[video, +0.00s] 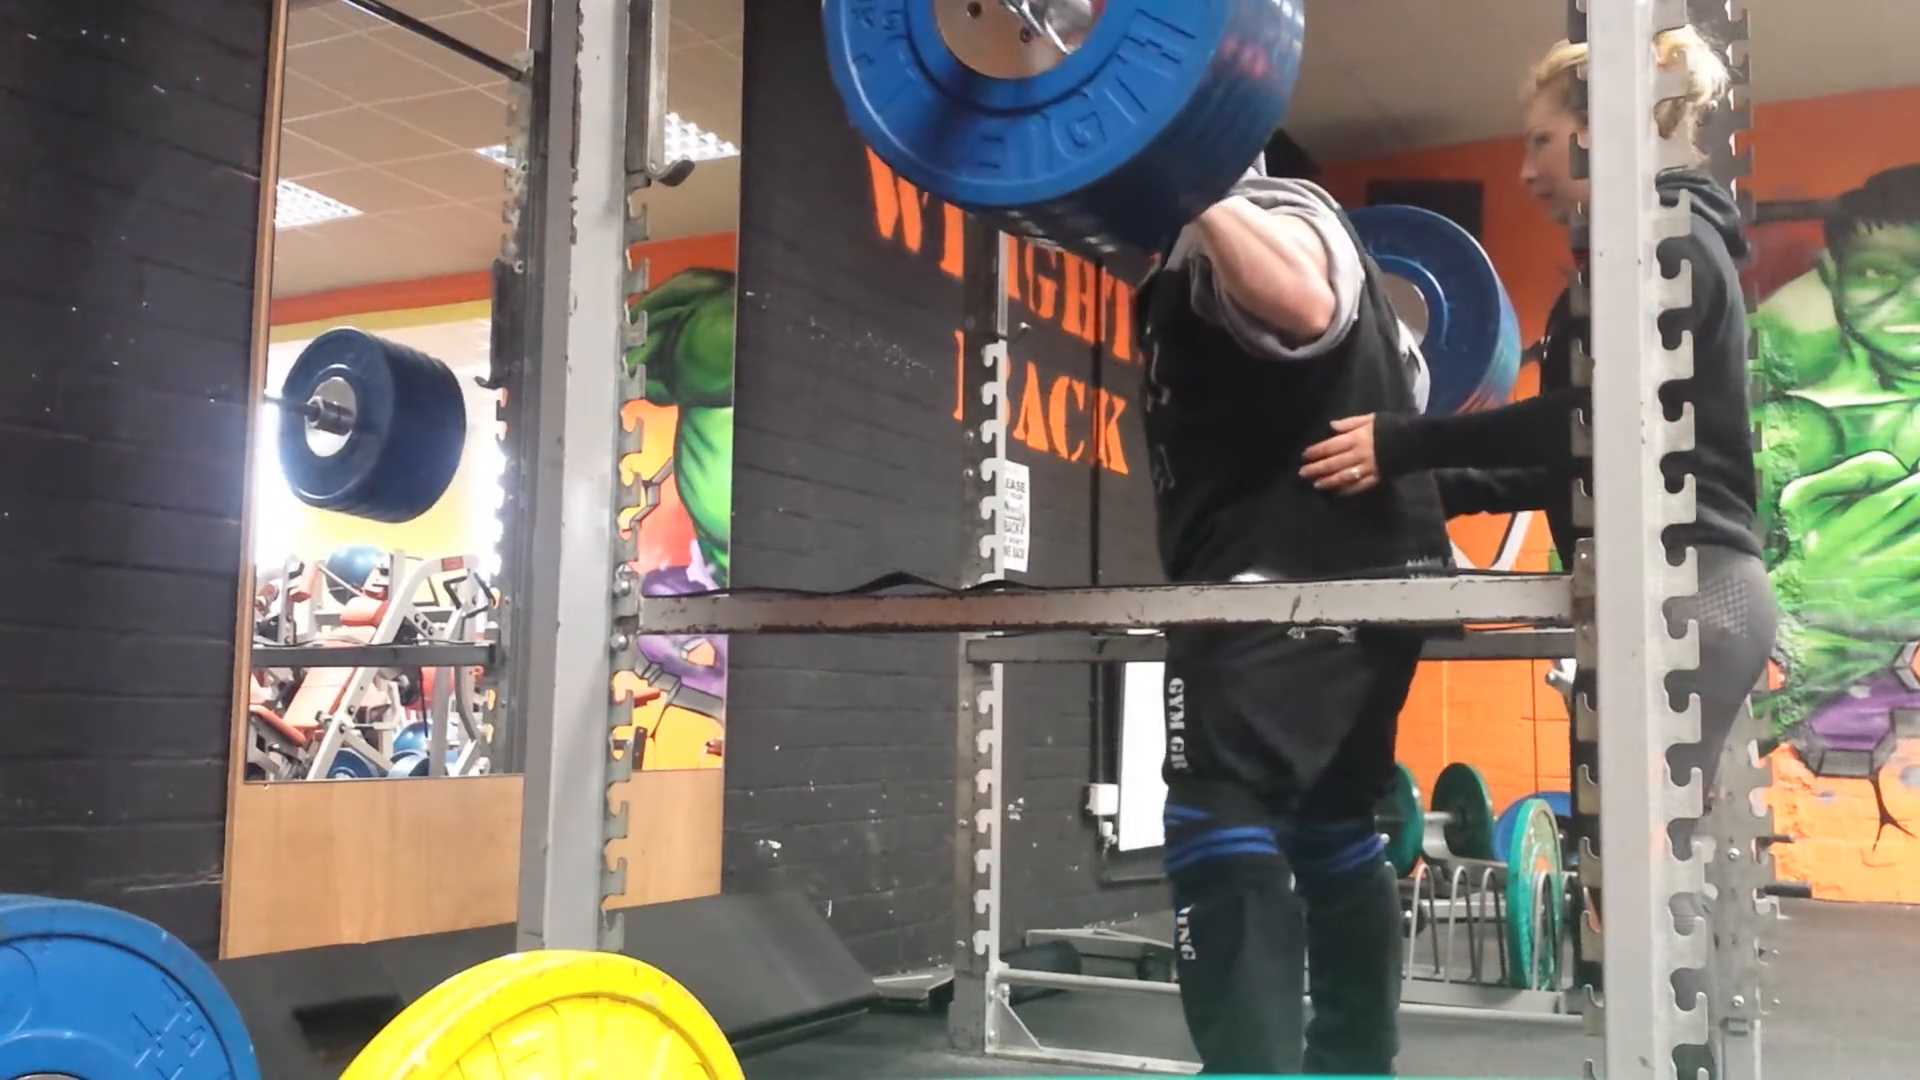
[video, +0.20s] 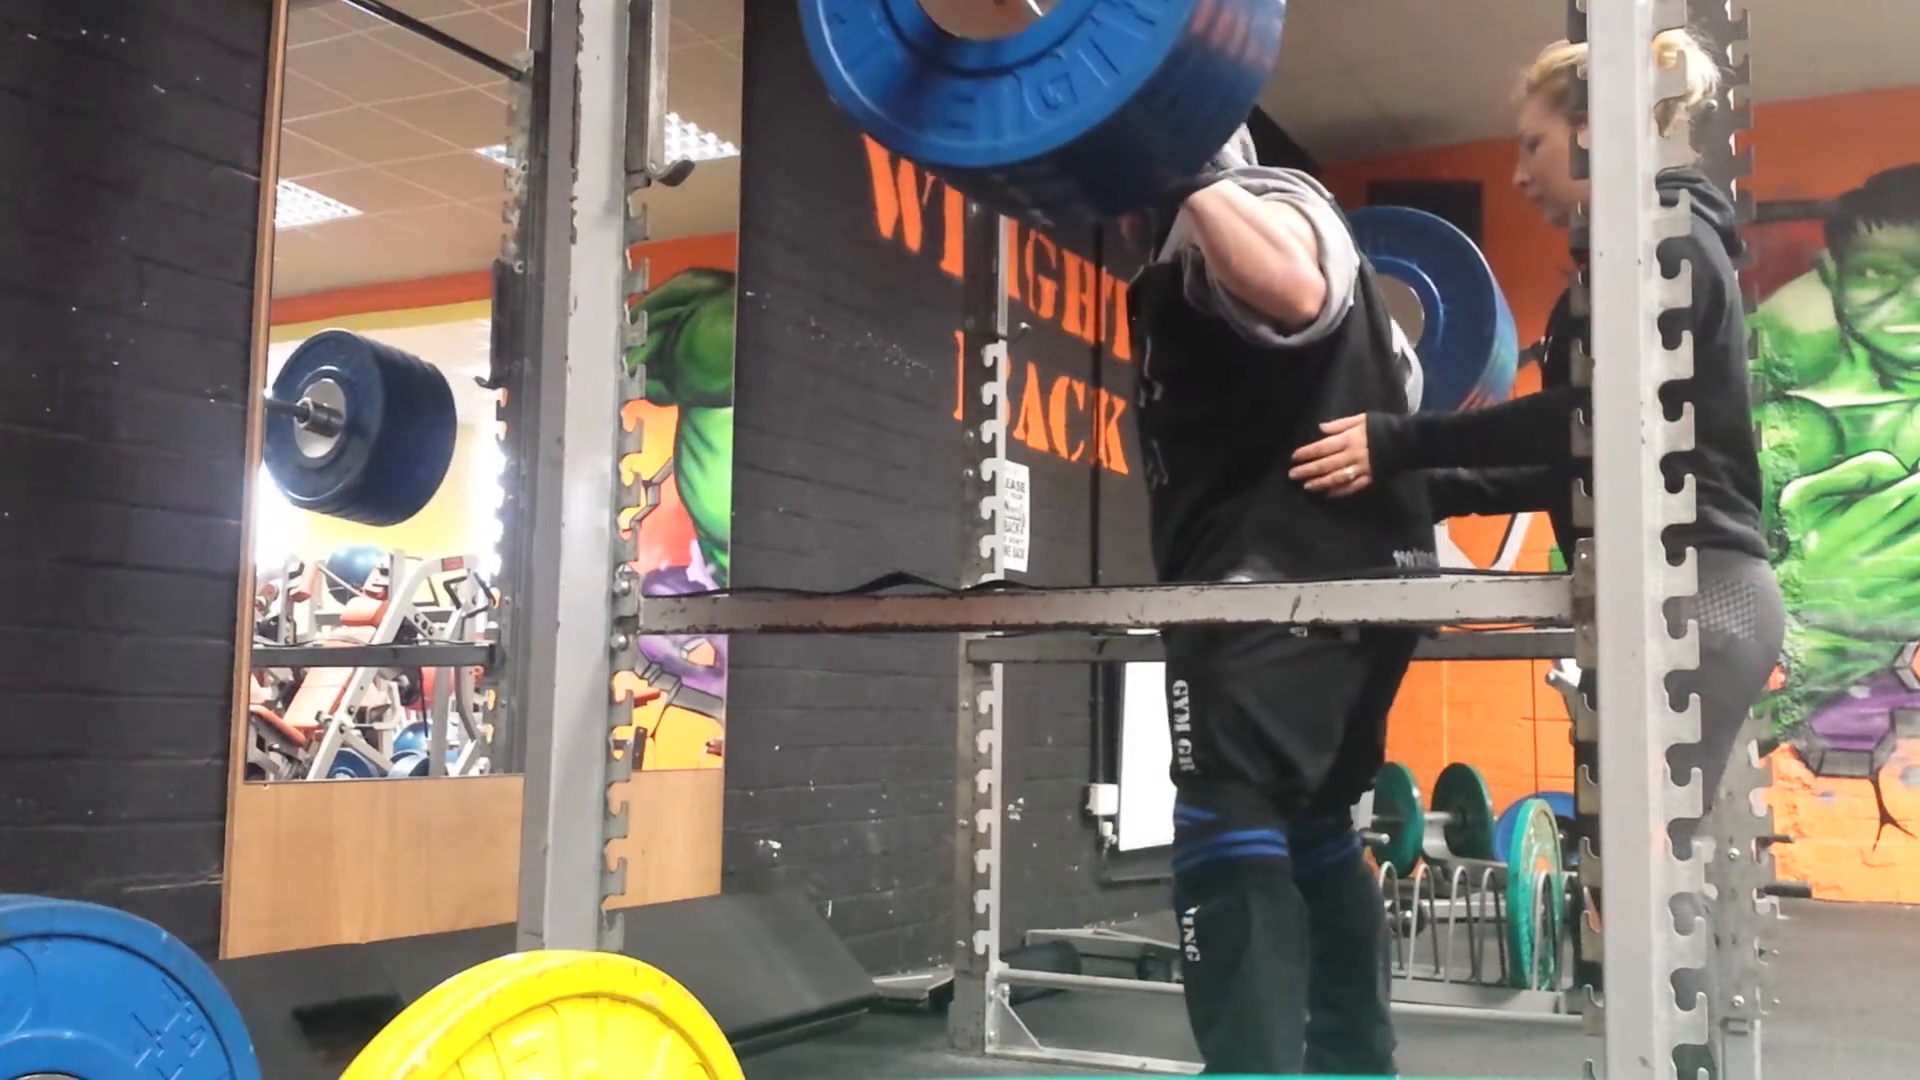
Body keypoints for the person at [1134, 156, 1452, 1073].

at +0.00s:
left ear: (1184, 143)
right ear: (1245, 134)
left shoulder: (1266, 207)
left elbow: (1300, 299)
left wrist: (1188, 190)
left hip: (1287, 582)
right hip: (1368, 581)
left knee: (1220, 819)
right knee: (1337, 826)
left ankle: (1250, 1062)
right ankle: (1353, 1061)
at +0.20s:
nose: (1105, 230)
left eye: (1110, 207)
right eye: (1097, 213)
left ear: (1161, 168)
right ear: (1236, 135)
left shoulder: (1254, 202)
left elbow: (1295, 290)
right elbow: (1405, 361)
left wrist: (1194, 186)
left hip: (1282, 575)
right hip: (1357, 577)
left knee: (1229, 825)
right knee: (1316, 826)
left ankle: (1249, 1064)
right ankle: (1351, 1061)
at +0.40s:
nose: (1096, 254)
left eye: (1091, 229)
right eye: (1079, 239)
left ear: (1133, 193)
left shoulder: (1255, 206)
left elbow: (1290, 293)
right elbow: (1408, 356)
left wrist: (1180, 172)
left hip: (1287, 588)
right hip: (1367, 588)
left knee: (1231, 822)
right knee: (1326, 829)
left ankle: (1254, 1063)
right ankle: (1357, 1062)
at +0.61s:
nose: (1105, 260)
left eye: (1098, 235)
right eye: (1088, 243)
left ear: (1136, 203)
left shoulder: (1255, 214)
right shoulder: (1311, 225)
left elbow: (1292, 297)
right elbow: (1406, 366)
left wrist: (1188, 174)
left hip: (1284, 589)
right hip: (1367, 587)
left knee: (1240, 822)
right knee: (1329, 824)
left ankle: (1258, 1061)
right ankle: (1355, 1061)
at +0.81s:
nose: (1101, 252)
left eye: (1101, 228)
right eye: (1087, 237)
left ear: (1149, 195)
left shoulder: (1261, 212)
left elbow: (1291, 301)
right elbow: (1406, 391)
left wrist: (1187, 183)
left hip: (1278, 586)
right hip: (1354, 586)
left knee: (1236, 824)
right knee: (1326, 823)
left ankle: (1253, 1061)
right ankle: (1353, 1060)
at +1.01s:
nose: (1103, 239)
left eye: (1107, 214)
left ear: (1165, 166)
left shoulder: (1259, 212)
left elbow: (1295, 305)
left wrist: (1190, 195)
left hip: (1282, 582)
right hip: (1356, 581)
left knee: (1249, 818)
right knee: (1332, 819)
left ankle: (1261, 1061)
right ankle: (1356, 1059)